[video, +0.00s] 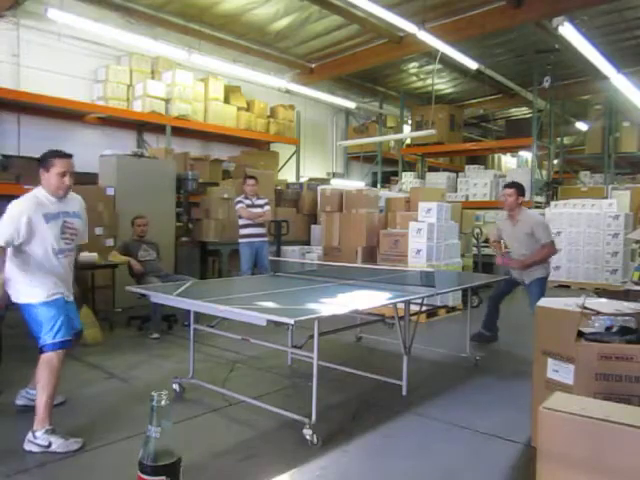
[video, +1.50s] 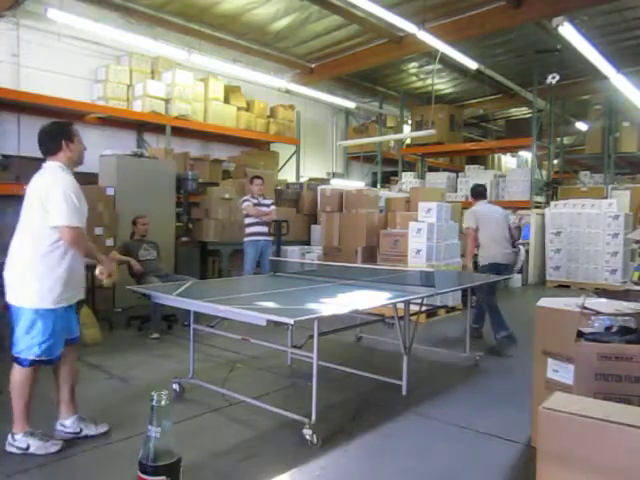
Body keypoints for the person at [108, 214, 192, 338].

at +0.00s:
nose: (142, 228)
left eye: (145, 225)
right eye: (139, 226)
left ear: (148, 227)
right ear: (133, 228)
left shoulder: (153, 245)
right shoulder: (128, 244)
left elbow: (158, 262)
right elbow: (112, 256)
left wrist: (163, 272)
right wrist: (130, 260)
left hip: (161, 274)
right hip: (145, 276)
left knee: (192, 283)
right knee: (159, 292)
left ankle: (188, 320)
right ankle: (154, 329)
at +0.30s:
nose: (143, 229)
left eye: (145, 225)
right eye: (140, 226)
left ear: (148, 227)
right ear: (133, 228)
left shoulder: (153, 245)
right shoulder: (128, 244)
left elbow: (158, 262)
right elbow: (112, 256)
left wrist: (163, 272)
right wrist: (131, 260)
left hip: (162, 275)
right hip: (145, 276)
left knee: (192, 283)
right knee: (159, 292)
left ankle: (188, 320)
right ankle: (154, 329)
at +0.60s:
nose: (145, 228)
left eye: (147, 225)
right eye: (142, 225)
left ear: (149, 227)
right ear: (134, 228)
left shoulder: (154, 245)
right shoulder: (128, 244)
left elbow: (158, 261)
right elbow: (112, 256)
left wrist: (163, 272)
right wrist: (131, 260)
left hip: (162, 274)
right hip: (145, 276)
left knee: (192, 283)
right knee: (159, 292)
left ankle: (188, 320)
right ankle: (154, 329)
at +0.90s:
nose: (146, 228)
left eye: (148, 225)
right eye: (143, 225)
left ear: (150, 227)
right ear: (135, 228)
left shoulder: (153, 244)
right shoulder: (128, 244)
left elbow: (158, 261)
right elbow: (112, 256)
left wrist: (163, 273)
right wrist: (130, 260)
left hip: (161, 274)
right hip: (145, 276)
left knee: (192, 283)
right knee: (159, 292)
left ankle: (188, 320)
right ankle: (154, 329)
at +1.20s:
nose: (148, 228)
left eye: (148, 225)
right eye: (144, 225)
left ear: (149, 227)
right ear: (135, 227)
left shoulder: (154, 245)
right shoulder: (128, 244)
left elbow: (157, 262)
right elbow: (112, 256)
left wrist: (162, 272)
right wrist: (130, 260)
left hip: (162, 275)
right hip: (145, 276)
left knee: (192, 283)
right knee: (159, 291)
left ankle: (188, 321)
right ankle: (154, 329)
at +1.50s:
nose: (146, 228)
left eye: (147, 225)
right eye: (143, 225)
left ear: (149, 226)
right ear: (135, 227)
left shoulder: (154, 245)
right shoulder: (128, 244)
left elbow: (158, 262)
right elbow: (112, 255)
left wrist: (162, 272)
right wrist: (130, 260)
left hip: (161, 274)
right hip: (145, 276)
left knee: (192, 283)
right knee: (159, 293)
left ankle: (189, 320)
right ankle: (154, 329)